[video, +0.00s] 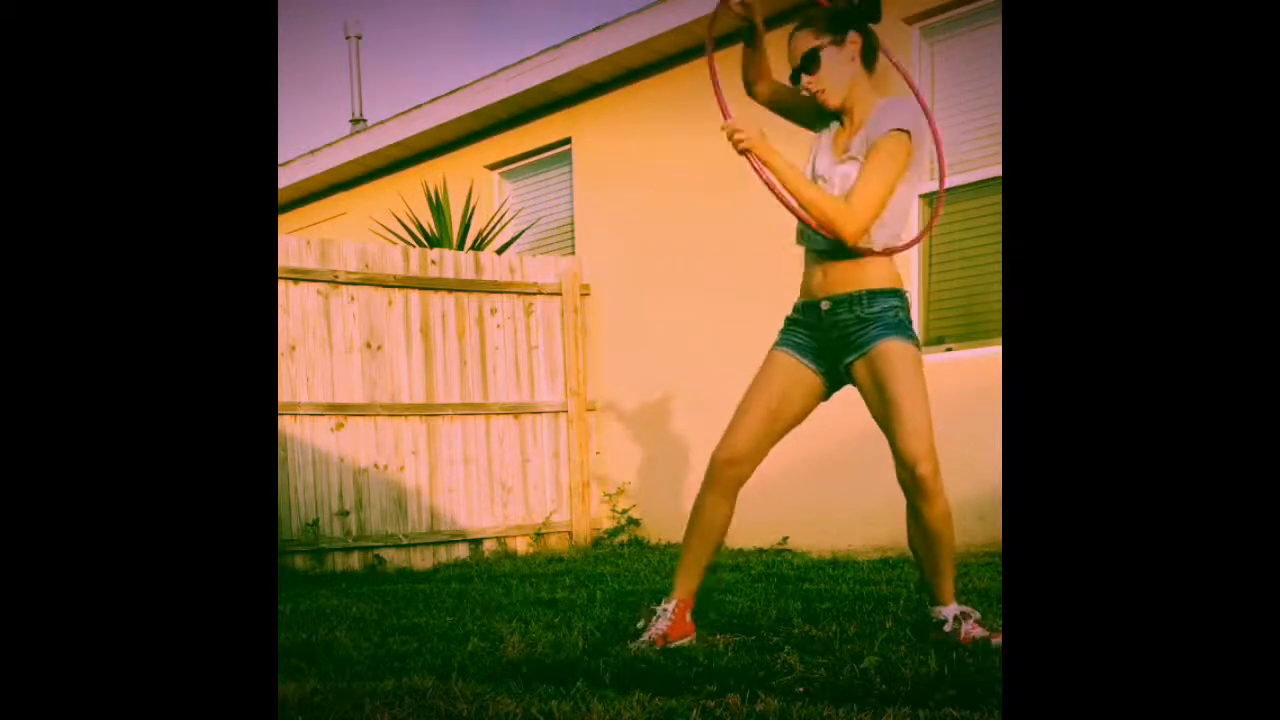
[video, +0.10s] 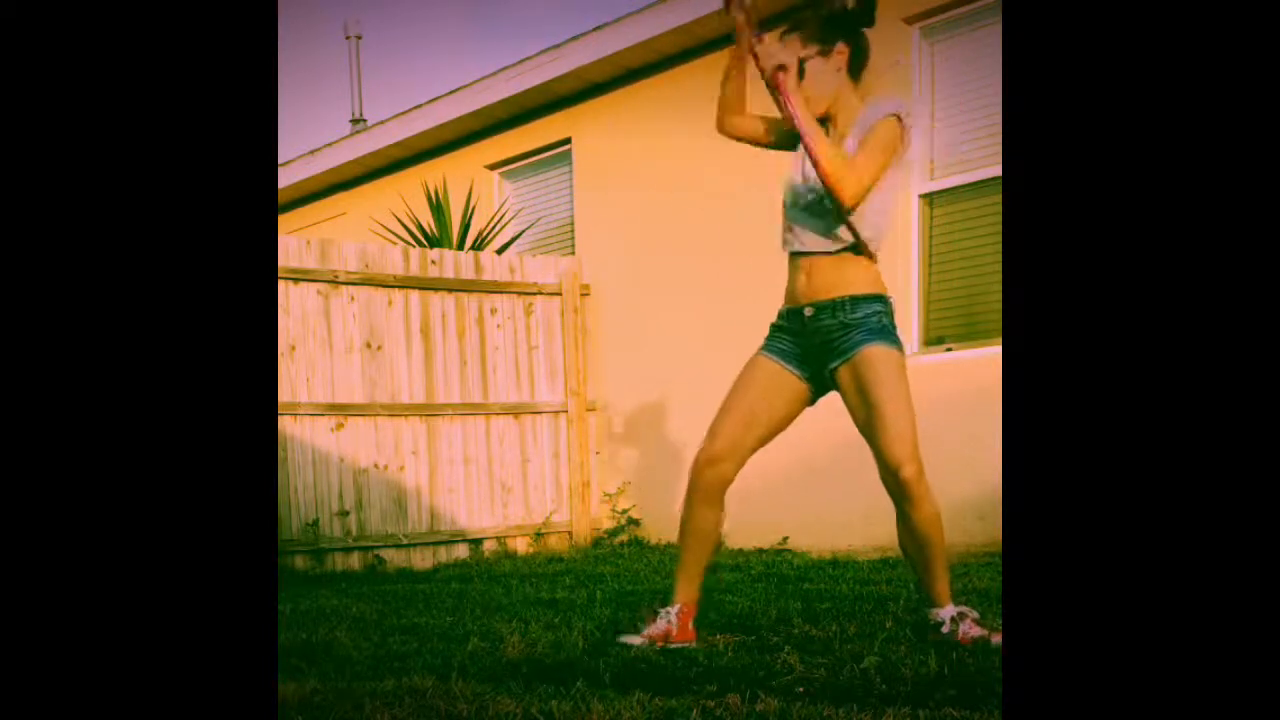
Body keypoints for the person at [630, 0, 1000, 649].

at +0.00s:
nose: (806, 81)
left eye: (812, 62)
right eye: (801, 70)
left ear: (855, 47)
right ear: (826, 65)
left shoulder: (896, 121)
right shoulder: (828, 126)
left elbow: (851, 226)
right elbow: (761, 86)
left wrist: (771, 157)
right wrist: (753, 27)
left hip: (874, 313)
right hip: (809, 320)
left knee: (919, 469)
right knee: (726, 463)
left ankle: (947, 609)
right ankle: (676, 614)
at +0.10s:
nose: (790, 83)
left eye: (796, 68)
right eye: (784, 73)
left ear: (839, 56)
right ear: (812, 65)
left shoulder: (884, 122)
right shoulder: (811, 131)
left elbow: (849, 191)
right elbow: (733, 122)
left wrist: (795, 109)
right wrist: (742, 44)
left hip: (859, 318)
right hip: (793, 327)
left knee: (903, 472)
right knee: (711, 465)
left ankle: (944, 611)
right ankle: (679, 618)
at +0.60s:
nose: (671, 123)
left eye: (678, 109)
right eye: (669, 111)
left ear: (721, 99)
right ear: (700, 109)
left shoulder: (774, 132)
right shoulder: (694, 176)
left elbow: (734, 18)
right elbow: (675, 273)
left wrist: (645, 27)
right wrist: (588, 277)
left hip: (779, 335)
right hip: (714, 348)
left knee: (854, 479)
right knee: (630, 473)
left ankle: (946, 610)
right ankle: (670, 617)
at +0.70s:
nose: (661, 137)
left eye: (668, 123)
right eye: (656, 125)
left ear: (709, 107)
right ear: (673, 119)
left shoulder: (764, 137)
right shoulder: (682, 180)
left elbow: (728, 43)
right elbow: (642, 267)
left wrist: (631, 57)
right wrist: (571, 326)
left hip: (778, 334)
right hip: (714, 352)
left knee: (861, 473)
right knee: (631, 471)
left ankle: (962, 600)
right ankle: (670, 618)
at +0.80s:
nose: (685, 126)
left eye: (694, 109)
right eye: (679, 116)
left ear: (730, 96)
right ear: (681, 118)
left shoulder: (772, 143)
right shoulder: (683, 167)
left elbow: (762, 82)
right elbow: (612, 227)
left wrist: (665, 111)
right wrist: (535, 286)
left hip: (786, 330)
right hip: (720, 347)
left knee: (865, 472)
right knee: (640, 469)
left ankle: (965, 601)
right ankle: (670, 614)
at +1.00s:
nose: (695, 128)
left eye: (701, 116)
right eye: (692, 117)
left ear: (741, 104)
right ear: (726, 107)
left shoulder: (805, 143)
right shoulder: (710, 152)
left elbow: (854, 217)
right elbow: (609, 144)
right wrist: (525, 104)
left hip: (808, 334)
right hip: (738, 351)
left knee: (886, 469)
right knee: (655, 466)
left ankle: (968, 603)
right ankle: (673, 617)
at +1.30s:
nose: (798, 105)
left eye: (809, 91)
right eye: (792, 90)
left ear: (856, 78)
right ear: (790, 82)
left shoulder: (901, 152)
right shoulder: (784, 146)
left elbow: (923, 262)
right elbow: (684, 190)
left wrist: (966, 354)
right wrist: (583, 227)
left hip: (879, 340)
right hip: (797, 344)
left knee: (979, 451)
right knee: (705, 477)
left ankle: (982, 609)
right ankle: (673, 619)